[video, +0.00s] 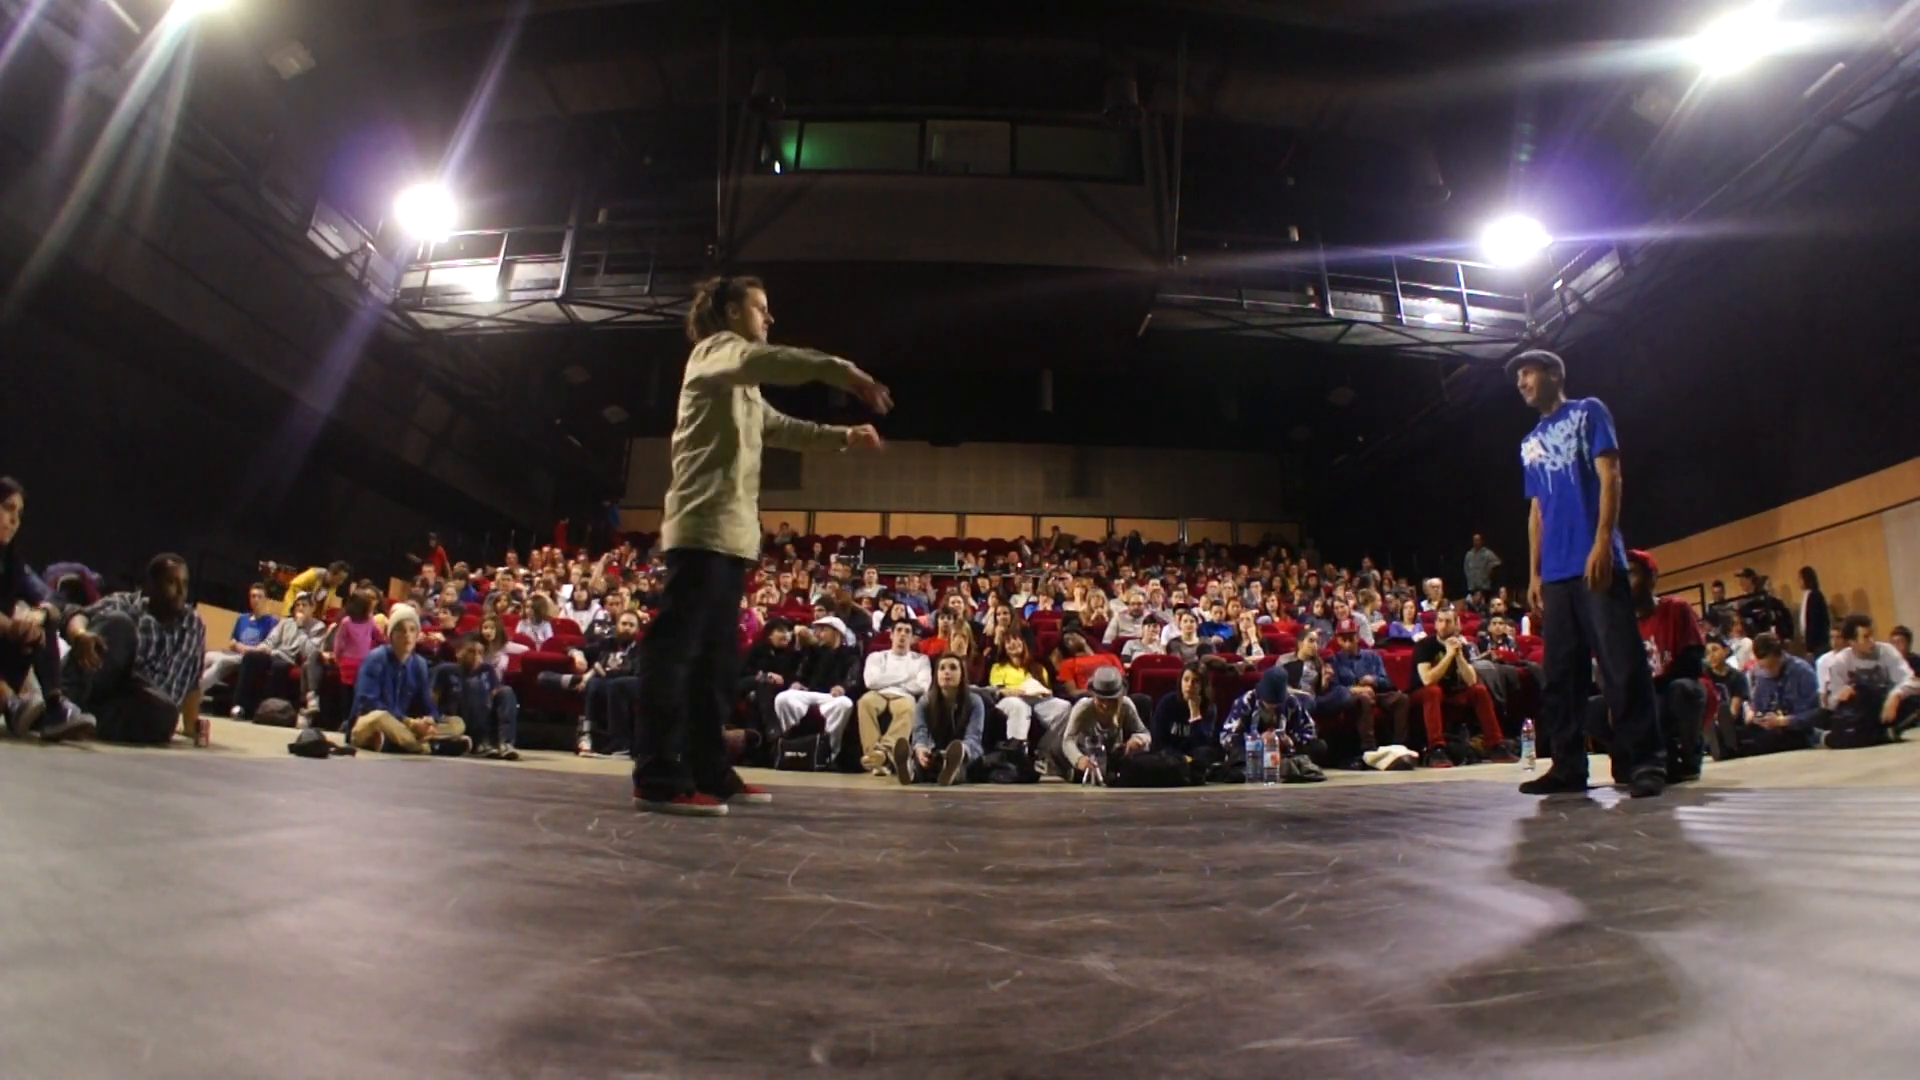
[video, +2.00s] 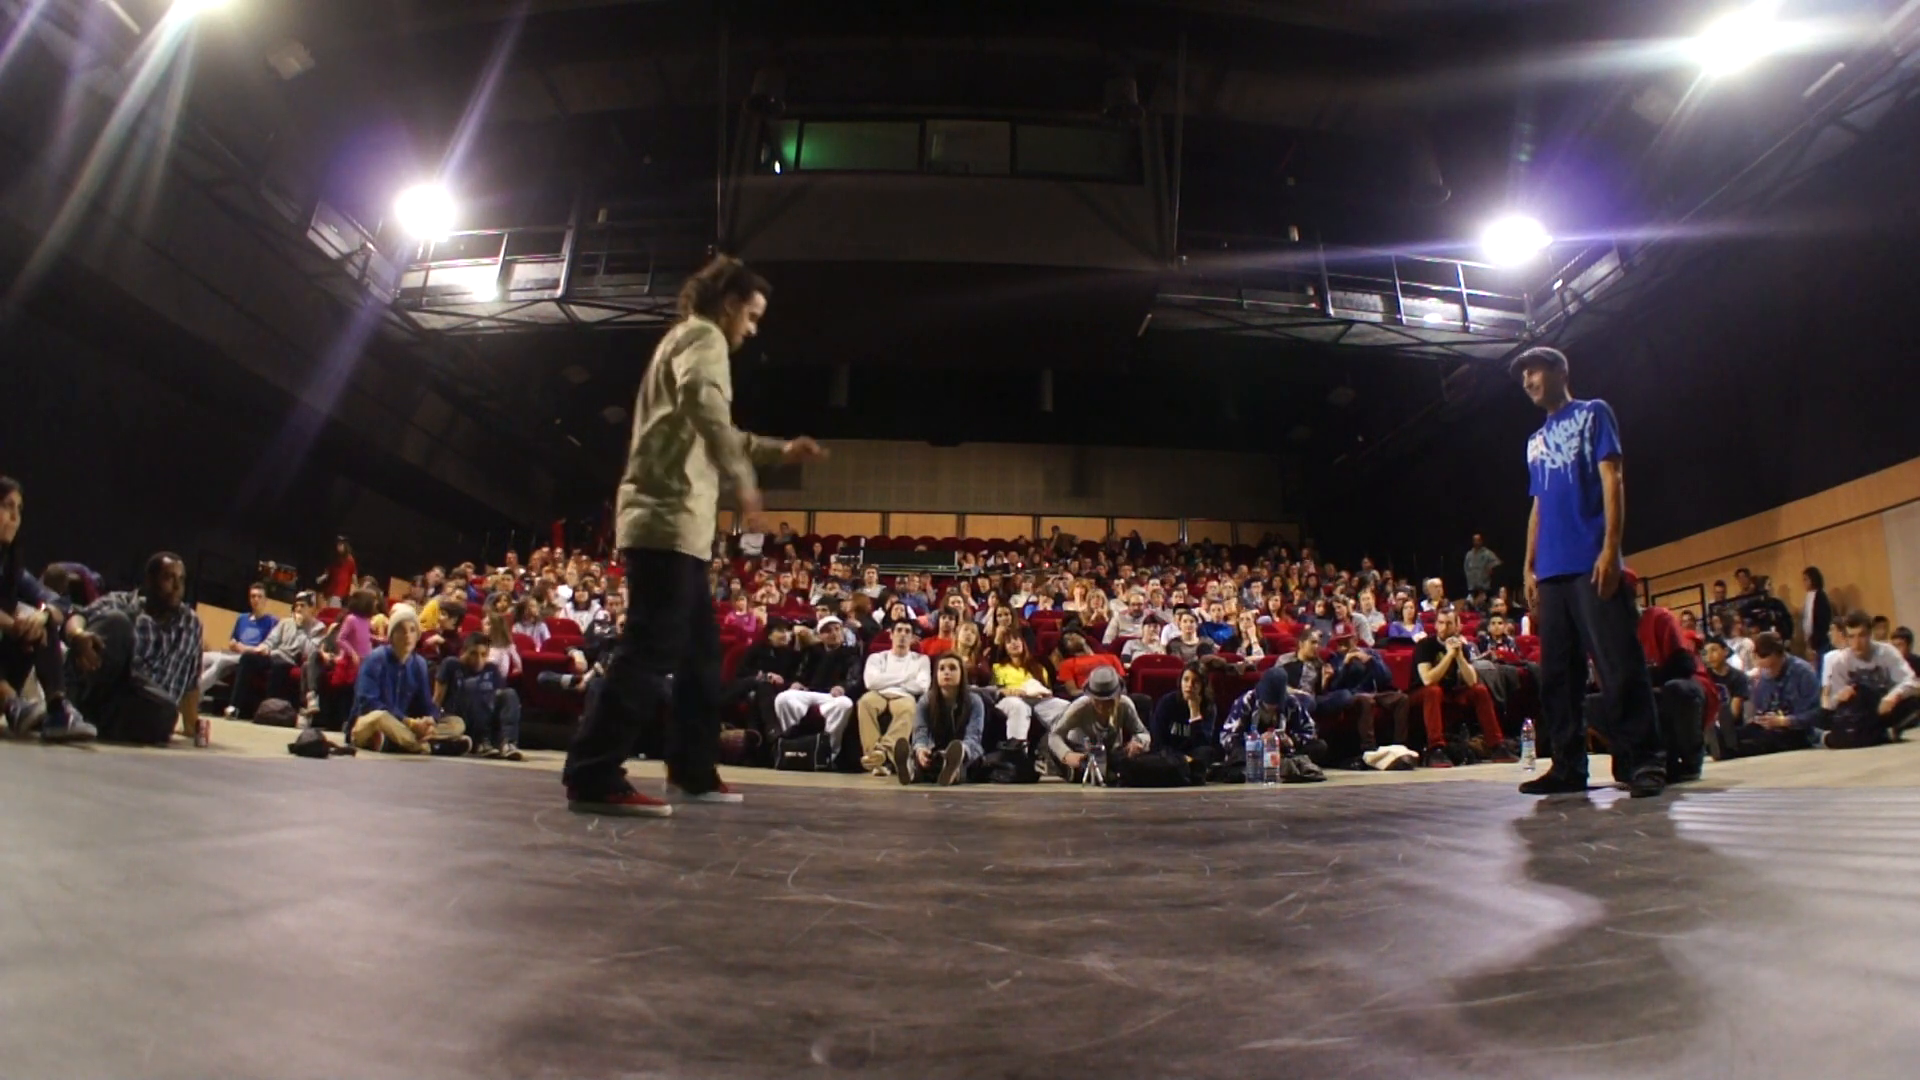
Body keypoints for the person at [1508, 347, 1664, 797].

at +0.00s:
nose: (1522, 383)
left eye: (1529, 373)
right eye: (1519, 378)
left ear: (1555, 375)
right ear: (1522, 389)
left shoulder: (1588, 411)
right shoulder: (1529, 445)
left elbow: (1611, 477)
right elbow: (1536, 511)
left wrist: (1603, 542)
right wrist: (1535, 572)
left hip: (1597, 564)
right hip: (1555, 574)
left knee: (1623, 667)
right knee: (1561, 674)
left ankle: (1644, 763)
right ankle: (1568, 766)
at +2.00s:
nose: (1527, 381)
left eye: (1534, 370)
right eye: (1523, 376)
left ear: (1560, 372)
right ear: (1526, 387)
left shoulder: (1593, 412)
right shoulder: (1535, 442)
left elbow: (1613, 480)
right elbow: (1538, 506)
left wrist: (1611, 549)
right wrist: (1529, 566)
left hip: (1592, 566)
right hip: (1550, 574)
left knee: (1621, 669)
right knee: (1558, 674)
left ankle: (1644, 763)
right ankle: (1568, 767)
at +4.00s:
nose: (1539, 375)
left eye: (1546, 366)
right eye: (1535, 371)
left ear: (1573, 370)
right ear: (1538, 385)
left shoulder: (1610, 403)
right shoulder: (1546, 441)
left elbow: (1641, 466)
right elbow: (1555, 508)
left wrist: (1661, 534)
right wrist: (1554, 572)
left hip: (1629, 544)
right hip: (1587, 557)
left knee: (1636, 643)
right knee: (1596, 657)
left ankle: (1660, 757)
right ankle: (1616, 760)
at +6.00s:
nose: (1573, 358)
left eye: (1581, 347)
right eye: (1571, 353)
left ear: (1610, 349)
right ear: (1578, 363)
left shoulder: (1644, 391)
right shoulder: (1584, 424)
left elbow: (1666, 459)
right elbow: (1588, 492)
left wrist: (1668, 530)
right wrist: (1584, 556)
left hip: (1647, 550)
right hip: (1604, 560)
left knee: (1670, 660)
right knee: (1613, 665)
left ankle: (1691, 764)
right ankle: (1622, 764)